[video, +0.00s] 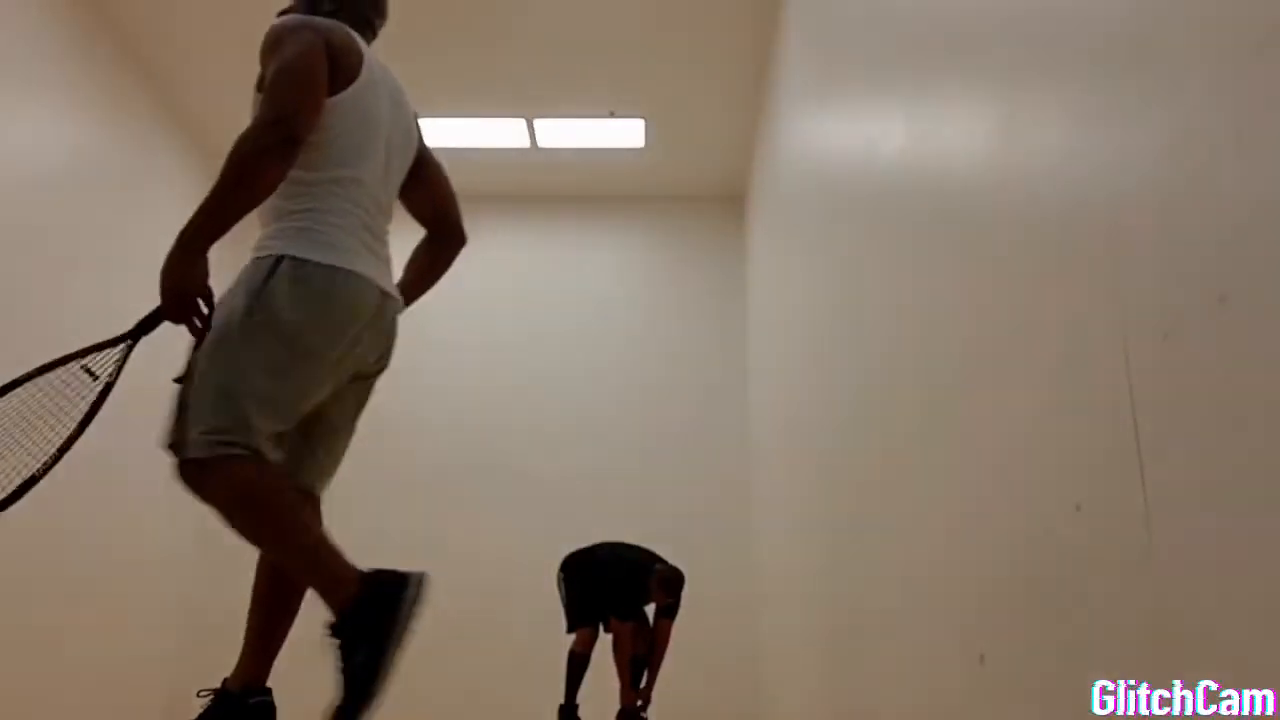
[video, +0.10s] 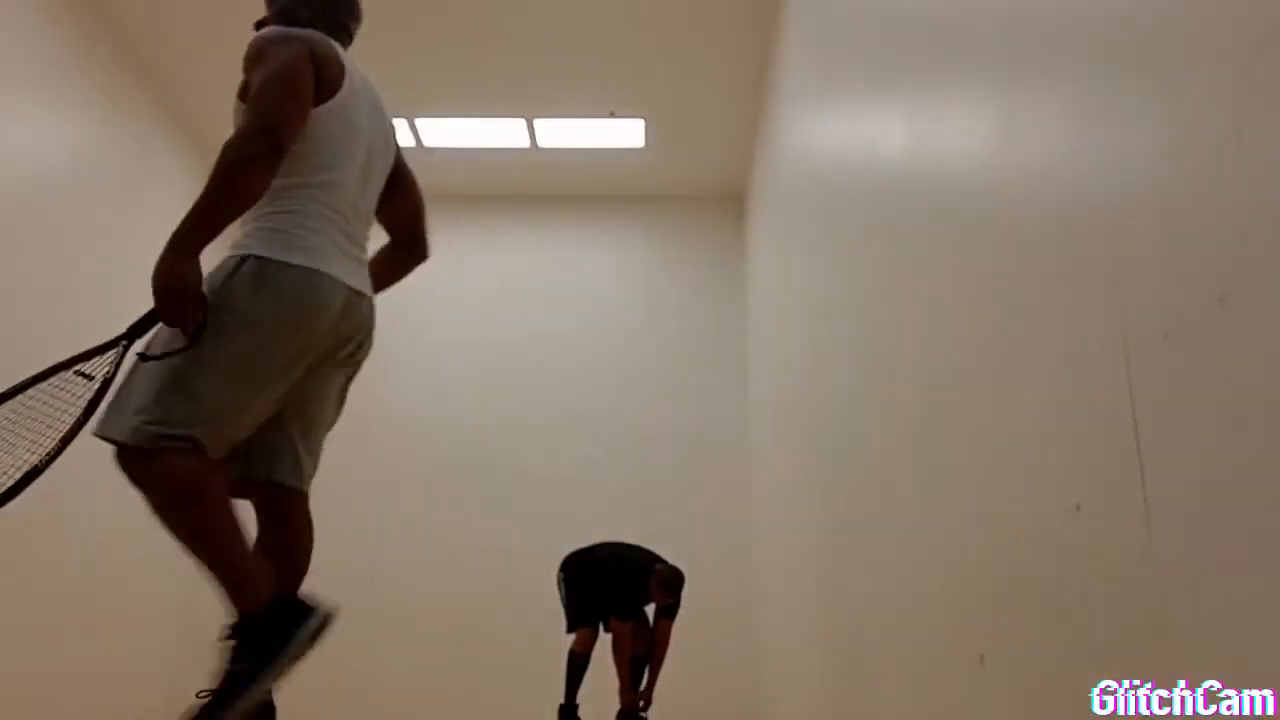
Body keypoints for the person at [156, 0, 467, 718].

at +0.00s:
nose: (281, 24)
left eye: (287, 17)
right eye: (284, 21)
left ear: (311, 7)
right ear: (370, 23)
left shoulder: (304, 32)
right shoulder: (393, 105)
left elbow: (283, 129)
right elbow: (448, 230)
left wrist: (189, 247)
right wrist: (389, 305)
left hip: (302, 276)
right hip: (372, 309)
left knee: (207, 449)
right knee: (295, 499)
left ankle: (356, 598)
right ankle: (247, 689)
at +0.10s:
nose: (261, 26)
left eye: (266, 19)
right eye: (263, 21)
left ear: (285, 15)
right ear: (349, 28)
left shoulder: (285, 43)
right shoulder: (371, 112)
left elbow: (269, 135)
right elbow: (412, 242)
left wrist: (181, 249)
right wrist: (334, 294)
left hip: (278, 277)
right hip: (349, 307)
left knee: (150, 440)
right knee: (279, 482)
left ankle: (269, 615)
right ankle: (248, 694)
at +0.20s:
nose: (238, 27)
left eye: (242, 17)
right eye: (240, 18)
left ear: (262, 15)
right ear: (325, 30)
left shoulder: (263, 51)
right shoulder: (356, 124)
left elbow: (258, 138)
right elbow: (363, 255)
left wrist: (181, 255)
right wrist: (261, 275)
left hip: (255, 284)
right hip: (331, 312)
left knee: (116, 443)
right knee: (274, 494)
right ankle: (245, 689)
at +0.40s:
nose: (182, 30)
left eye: (192, 17)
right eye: (186, 17)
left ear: (219, 22)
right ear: (266, 39)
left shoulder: (211, 66)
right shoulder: (302, 133)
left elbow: (210, 164)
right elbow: (274, 236)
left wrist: (153, 276)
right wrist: (159, 259)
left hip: (209, 291)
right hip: (286, 314)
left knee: (86, 481)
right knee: (246, 493)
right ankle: (242, 687)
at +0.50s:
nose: (142, 23)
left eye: (156, 11)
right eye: (149, 12)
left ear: (183, 21)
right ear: (230, 37)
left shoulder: (179, 68)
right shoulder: (259, 121)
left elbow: (184, 170)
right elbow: (235, 232)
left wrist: (117, 284)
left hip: (178, 293)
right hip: (258, 311)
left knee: (66, 478)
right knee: (222, 492)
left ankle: (19, 674)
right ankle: (240, 679)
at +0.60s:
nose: (102, 23)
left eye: (115, 13)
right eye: (106, 11)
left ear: (147, 20)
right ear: (190, 33)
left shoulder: (142, 68)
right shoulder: (207, 110)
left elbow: (150, 174)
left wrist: (87, 282)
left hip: (140, 297)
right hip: (214, 310)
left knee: (63, 495)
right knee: (188, 497)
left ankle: (23, 683)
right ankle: (233, 658)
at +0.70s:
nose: (58, 13)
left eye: (73, 2)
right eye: (65, 1)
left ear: (105, 11)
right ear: (150, 23)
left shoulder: (99, 62)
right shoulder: (173, 110)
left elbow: (111, 169)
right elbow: (169, 225)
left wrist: (42, 284)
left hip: (100, 296)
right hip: (165, 312)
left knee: (42, 497)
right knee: (116, 498)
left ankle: (21, 681)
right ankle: (197, 623)